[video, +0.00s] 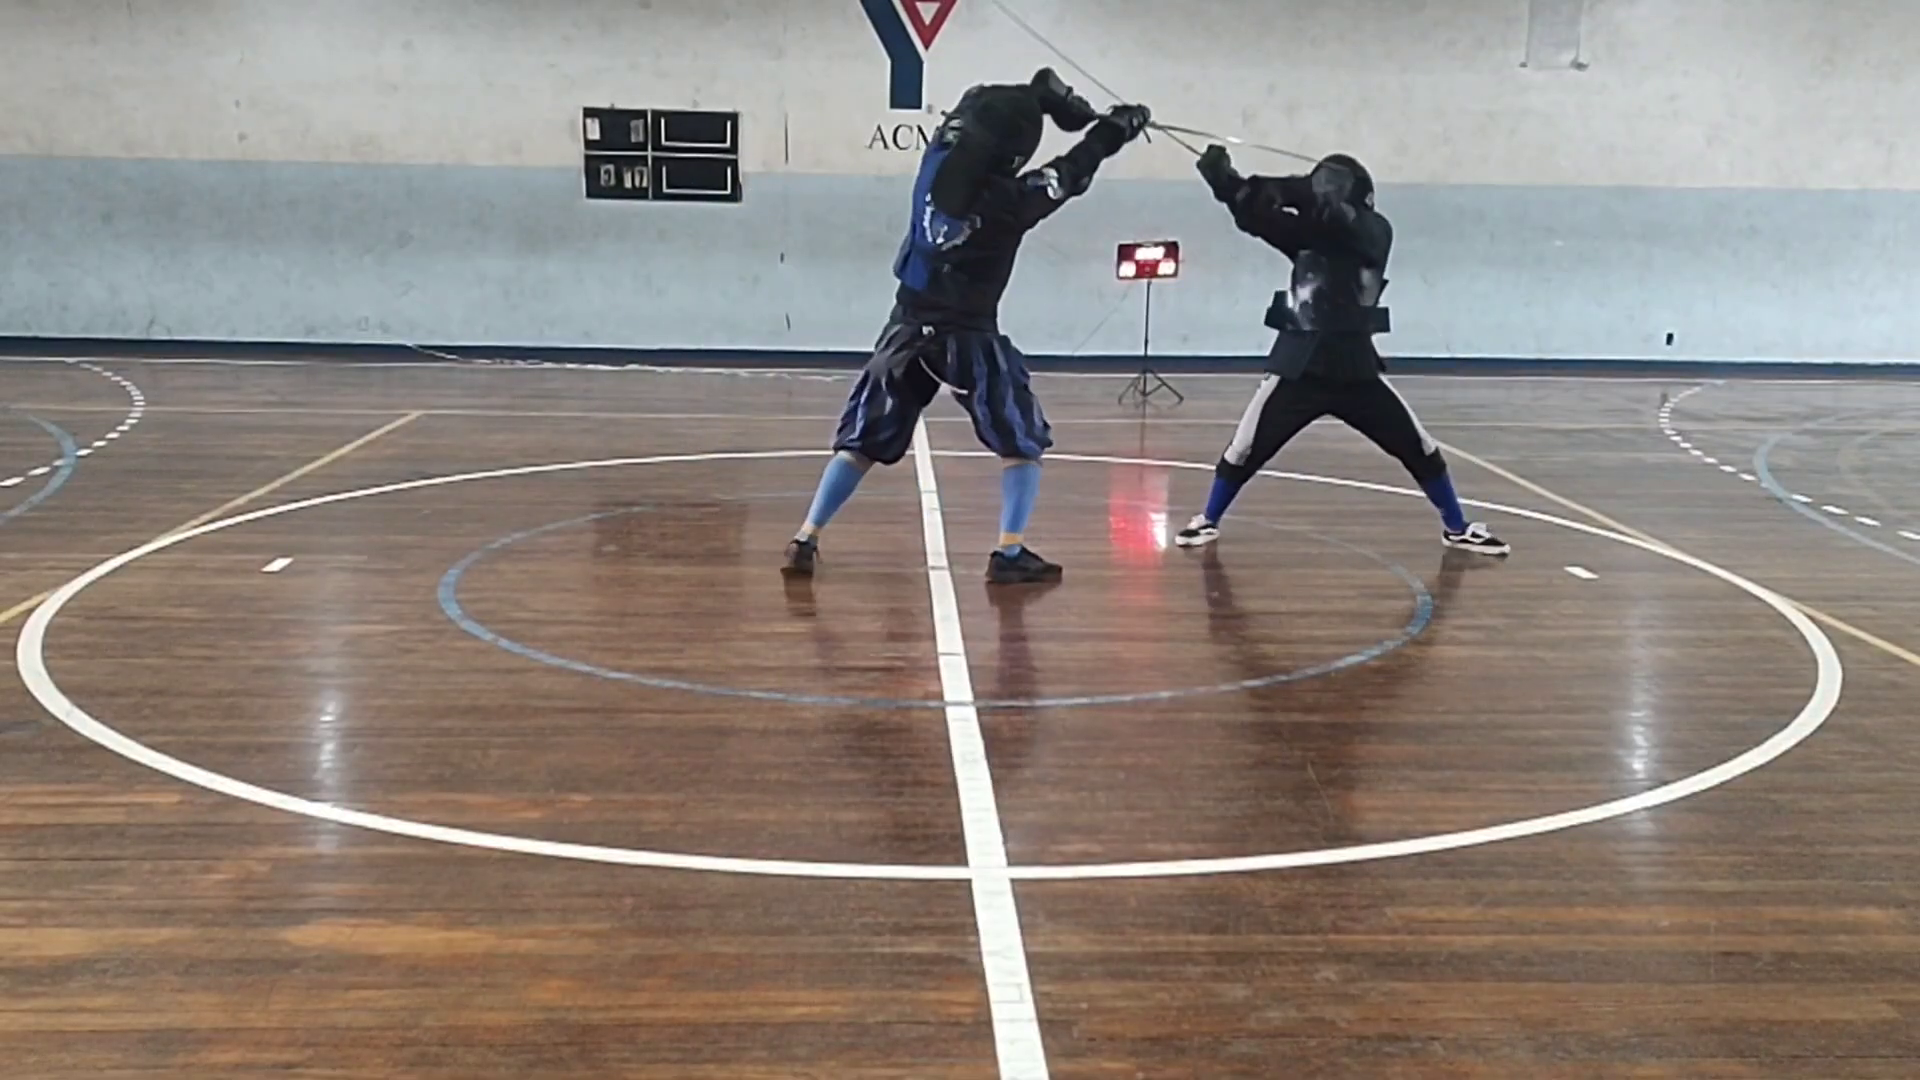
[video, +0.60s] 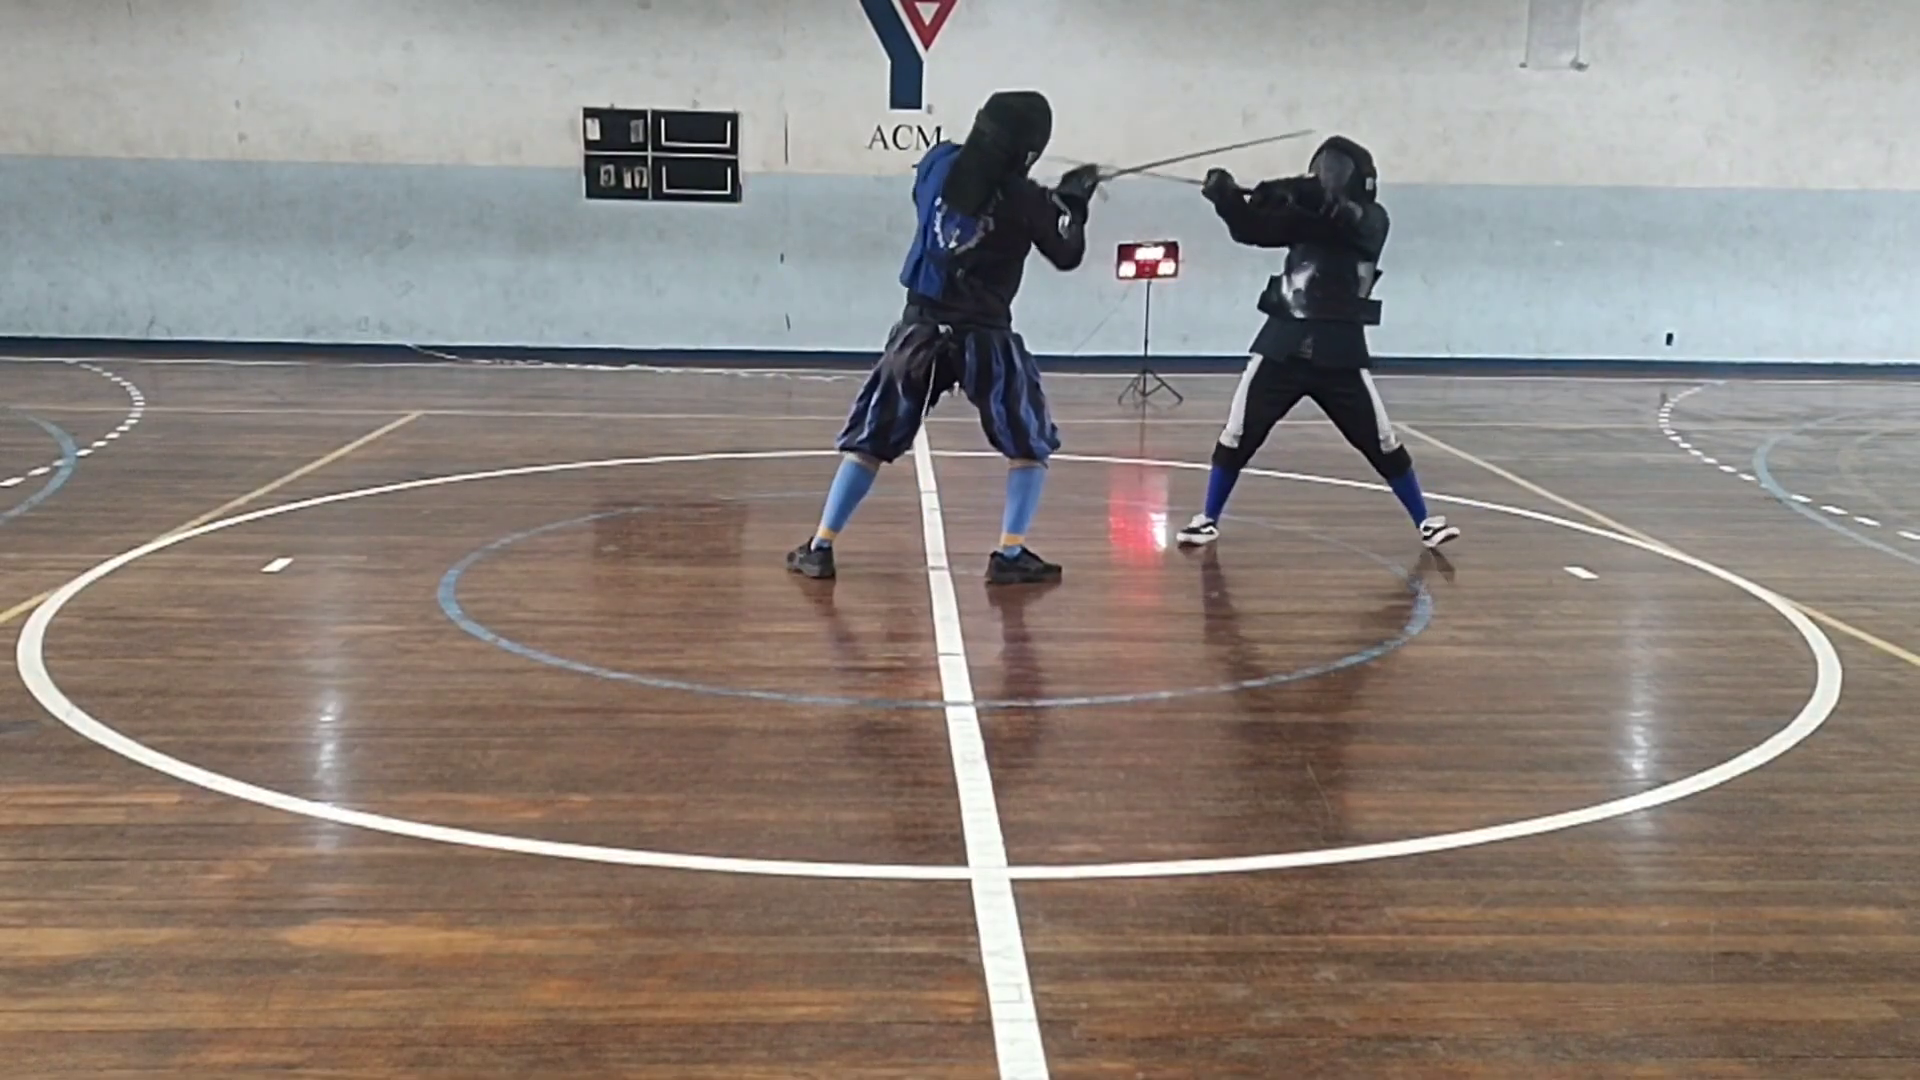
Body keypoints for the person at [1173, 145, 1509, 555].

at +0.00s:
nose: (1322, 194)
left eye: (1330, 185)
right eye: (1318, 186)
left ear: (1351, 191)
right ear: (1312, 189)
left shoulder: (1375, 231)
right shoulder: (1304, 231)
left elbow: (1328, 212)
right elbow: (1256, 216)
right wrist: (1225, 181)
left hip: (1356, 373)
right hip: (1297, 372)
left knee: (1421, 451)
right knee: (1244, 450)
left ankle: (1459, 529)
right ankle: (1208, 521)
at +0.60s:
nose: (1326, 177)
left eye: (1335, 169)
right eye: (1322, 168)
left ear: (1357, 175)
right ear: (1313, 171)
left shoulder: (1372, 219)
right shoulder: (1302, 209)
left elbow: (1360, 234)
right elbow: (1253, 228)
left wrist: (1293, 197)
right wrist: (1228, 199)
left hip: (1339, 352)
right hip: (1281, 348)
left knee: (1382, 441)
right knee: (1238, 434)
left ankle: (1425, 521)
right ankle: (1208, 519)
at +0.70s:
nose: (1326, 174)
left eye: (1337, 166)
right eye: (1320, 164)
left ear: (1356, 174)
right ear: (1310, 168)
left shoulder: (1368, 216)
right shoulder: (1290, 214)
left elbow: (1366, 237)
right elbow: (1249, 263)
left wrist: (1327, 213)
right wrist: (1236, 229)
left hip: (1337, 348)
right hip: (1279, 344)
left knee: (1368, 441)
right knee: (1237, 431)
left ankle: (1385, 524)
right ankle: (1207, 517)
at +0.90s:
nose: (1327, 181)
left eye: (1338, 171)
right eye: (1321, 171)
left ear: (1361, 177)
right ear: (1314, 176)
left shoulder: (1380, 222)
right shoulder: (1303, 227)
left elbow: (1424, 238)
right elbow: (1288, 300)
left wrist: (1360, 222)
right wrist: (1296, 251)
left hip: (1346, 350)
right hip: (1292, 344)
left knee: (1353, 443)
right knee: (1243, 430)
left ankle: (1375, 524)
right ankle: (1207, 515)